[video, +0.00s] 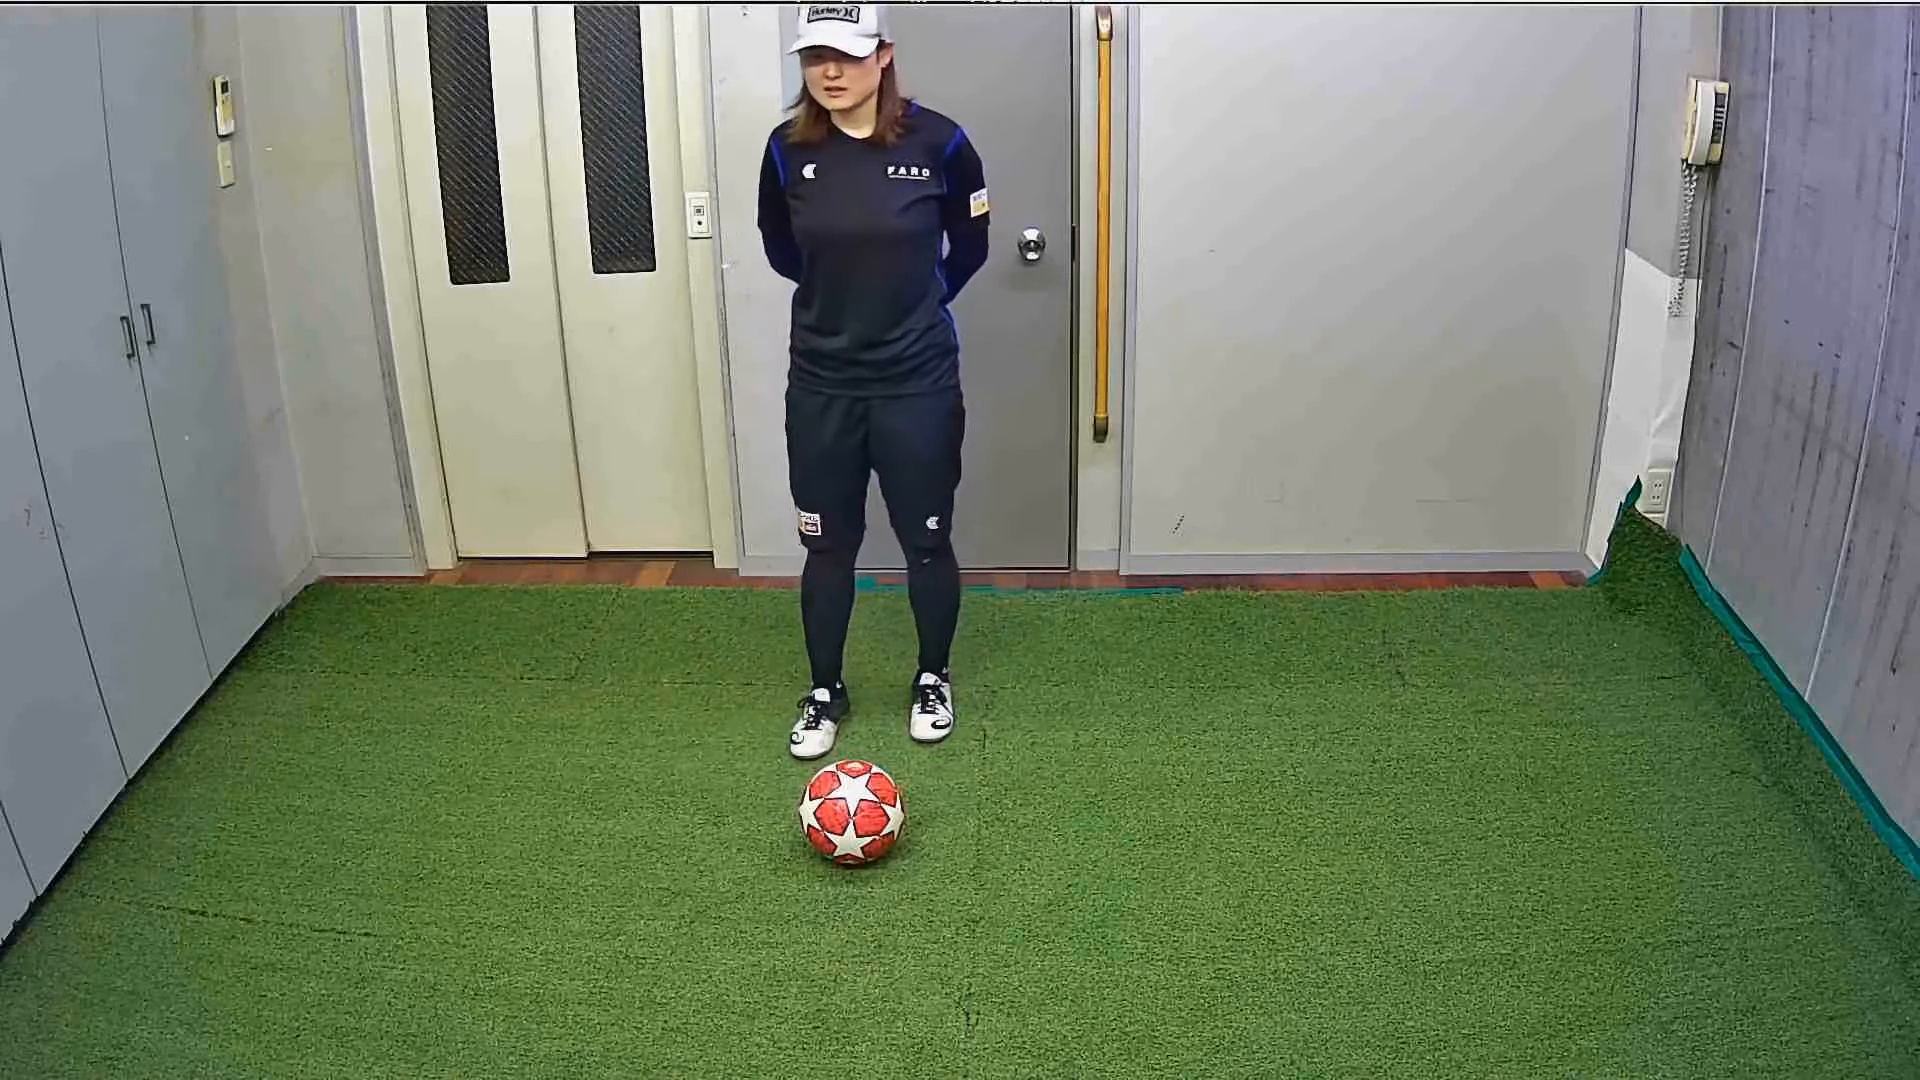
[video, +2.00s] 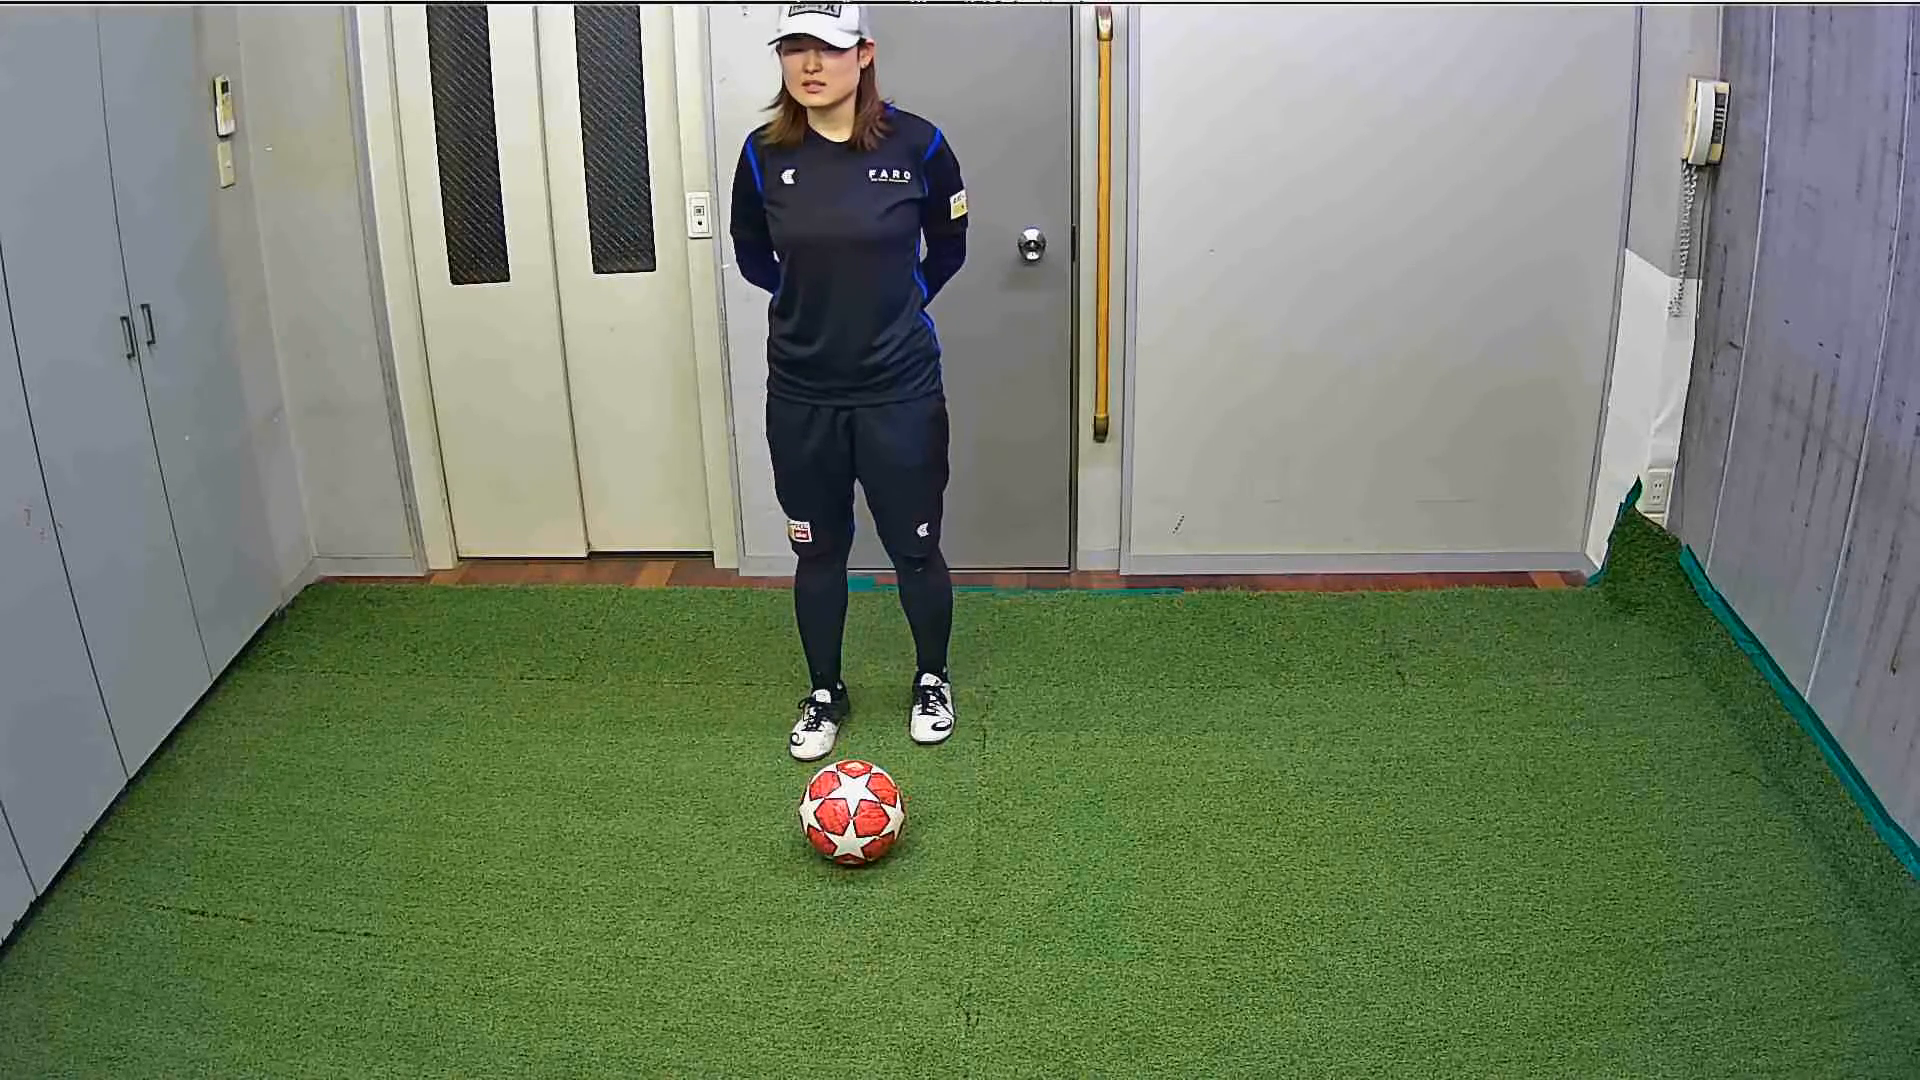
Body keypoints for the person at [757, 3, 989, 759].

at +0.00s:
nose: (830, 73)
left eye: (847, 57)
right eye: (817, 59)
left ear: (883, 58)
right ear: (803, 67)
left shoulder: (940, 142)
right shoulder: (787, 150)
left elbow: (972, 247)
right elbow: (779, 249)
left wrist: (913, 300)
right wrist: (840, 284)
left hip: (916, 379)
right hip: (820, 381)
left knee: (926, 537)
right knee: (824, 538)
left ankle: (932, 680)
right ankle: (824, 692)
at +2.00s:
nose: (809, 64)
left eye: (826, 49)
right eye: (796, 51)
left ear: (864, 56)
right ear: (781, 64)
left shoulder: (918, 145)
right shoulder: (762, 155)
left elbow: (950, 248)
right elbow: (750, 253)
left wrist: (894, 302)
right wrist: (810, 291)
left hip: (899, 385)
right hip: (801, 387)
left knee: (916, 548)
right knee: (814, 547)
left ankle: (931, 681)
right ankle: (825, 694)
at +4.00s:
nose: (787, 71)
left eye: (804, 55)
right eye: (773, 56)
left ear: (841, 59)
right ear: (759, 66)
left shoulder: (899, 145)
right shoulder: (743, 160)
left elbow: (932, 248)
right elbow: (731, 260)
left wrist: (875, 302)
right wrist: (794, 297)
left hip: (888, 388)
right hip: (788, 393)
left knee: (909, 549)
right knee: (809, 551)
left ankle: (932, 681)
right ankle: (824, 695)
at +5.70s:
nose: (839, 62)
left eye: (855, 47)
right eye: (826, 49)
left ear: (891, 55)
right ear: (811, 64)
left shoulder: (947, 141)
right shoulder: (797, 151)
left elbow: (965, 245)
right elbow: (787, 258)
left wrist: (919, 301)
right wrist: (851, 289)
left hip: (928, 379)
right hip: (832, 382)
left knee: (940, 534)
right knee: (830, 540)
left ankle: (955, 658)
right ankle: (825, 694)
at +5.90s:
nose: (874, 60)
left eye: (891, 47)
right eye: (862, 48)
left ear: (927, 57)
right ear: (848, 60)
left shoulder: (980, 144)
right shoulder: (830, 147)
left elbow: (1017, 232)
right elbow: (810, 242)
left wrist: (1026, 329)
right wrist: (863, 285)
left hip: (952, 372)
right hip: (859, 373)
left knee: (954, 528)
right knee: (844, 533)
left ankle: (956, 662)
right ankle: (826, 694)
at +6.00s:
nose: (890, 60)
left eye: (907, 47)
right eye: (878, 47)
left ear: (943, 56)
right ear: (863, 59)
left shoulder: (994, 142)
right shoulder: (845, 144)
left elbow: (1037, 226)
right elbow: (822, 240)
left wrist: (1045, 314)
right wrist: (872, 280)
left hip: (962, 366)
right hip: (868, 367)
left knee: (961, 522)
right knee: (851, 527)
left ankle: (956, 661)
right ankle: (830, 692)